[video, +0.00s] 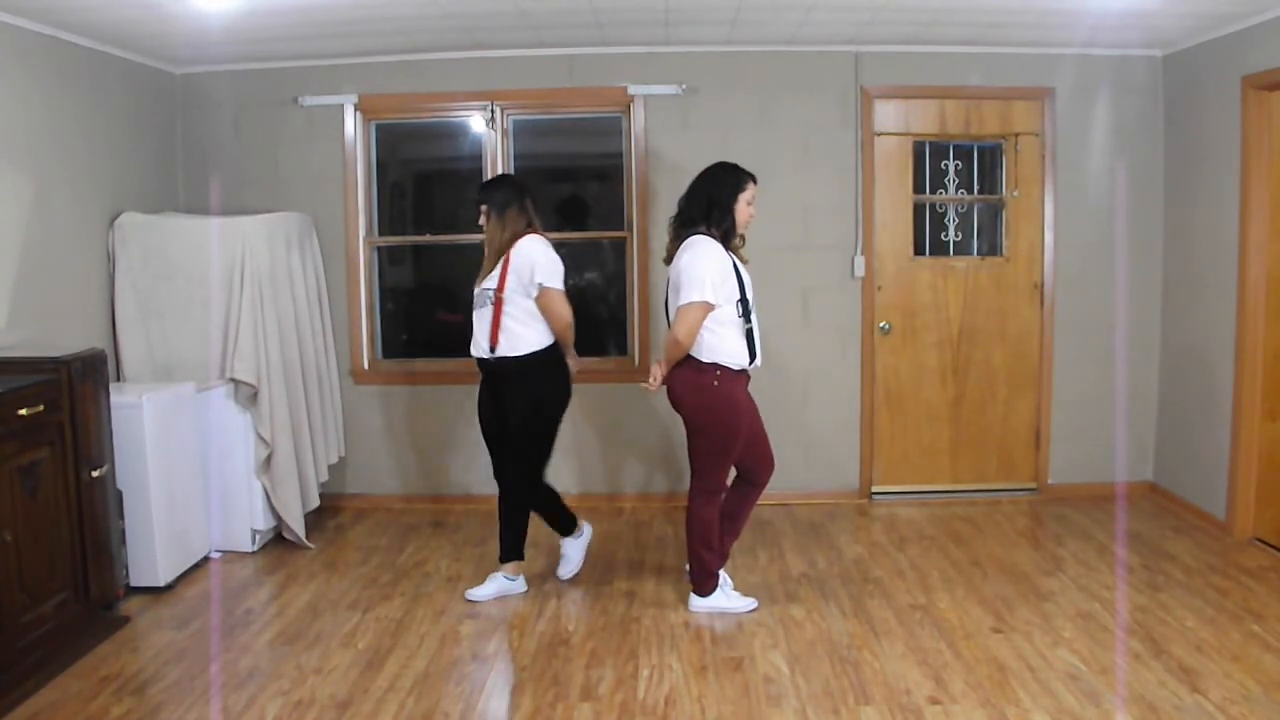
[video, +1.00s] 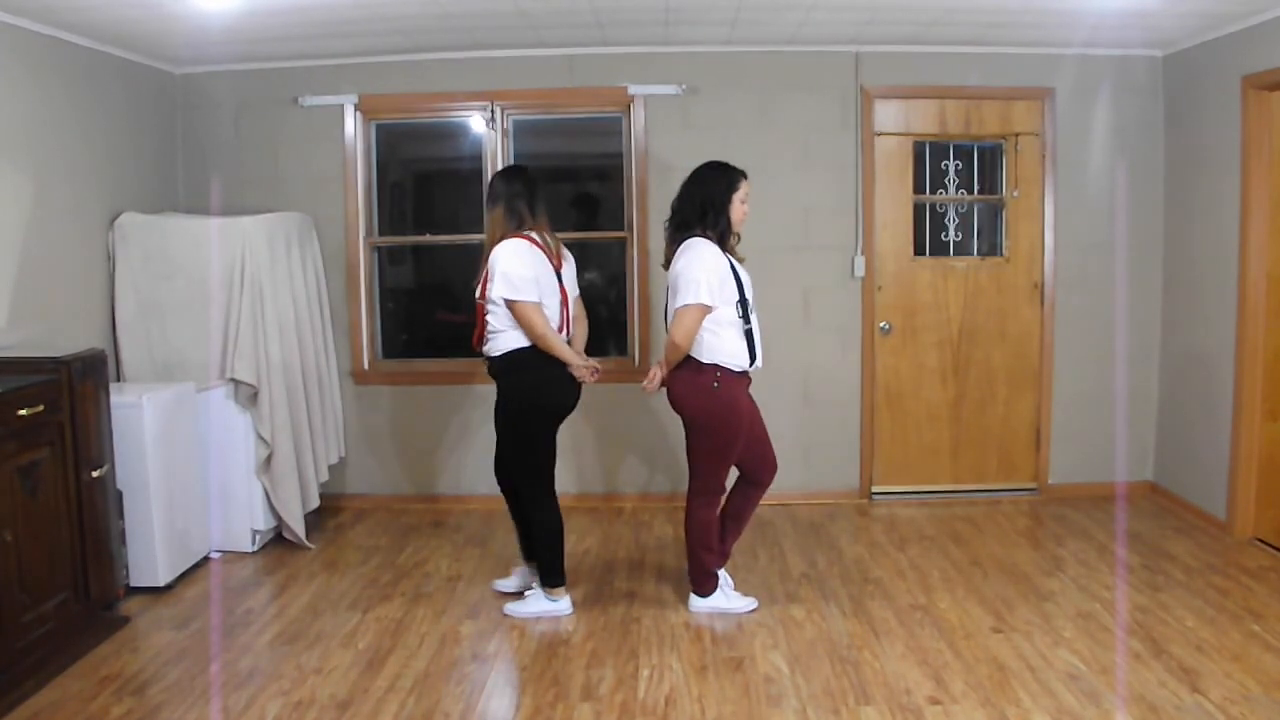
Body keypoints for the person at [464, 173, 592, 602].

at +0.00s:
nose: (481, 217)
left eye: (485, 209)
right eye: (481, 210)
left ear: (504, 210)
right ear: (512, 208)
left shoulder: (533, 248)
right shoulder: (497, 254)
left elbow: (560, 315)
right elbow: (508, 318)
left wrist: (568, 351)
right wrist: (560, 351)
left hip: (536, 373)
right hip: (498, 375)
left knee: (524, 476)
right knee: (508, 473)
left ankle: (575, 531)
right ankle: (512, 570)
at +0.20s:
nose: (475, 219)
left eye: (478, 210)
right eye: (476, 211)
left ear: (493, 210)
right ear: (512, 207)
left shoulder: (516, 249)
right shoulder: (502, 250)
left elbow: (535, 311)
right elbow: (526, 311)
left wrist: (561, 359)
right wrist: (560, 358)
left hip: (518, 370)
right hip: (509, 369)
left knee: (493, 481)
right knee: (510, 475)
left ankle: (556, 563)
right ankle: (513, 570)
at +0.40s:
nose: (476, 213)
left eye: (478, 205)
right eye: (478, 205)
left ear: (488, 206)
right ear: (521, 205)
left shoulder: (498, 249)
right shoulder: (542, 253)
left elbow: (516, 320)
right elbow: (559, 318)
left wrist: (553, 360)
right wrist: (557, 360)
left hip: (506, 372)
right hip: (535, 371)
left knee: (516, 488)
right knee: (517, 482)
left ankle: (550, 588)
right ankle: (512, 574)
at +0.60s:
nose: (477, 213)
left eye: (480, 205)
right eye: (479, 205)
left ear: (491, 207)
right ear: (524, 205)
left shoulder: (497, 252)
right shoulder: (552, 253)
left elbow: (519, 326)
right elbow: (570, 319)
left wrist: (561, 362)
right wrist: (563, 362)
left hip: (511, 374)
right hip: (546, 374)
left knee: (529, 482)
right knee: (519, 476)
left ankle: (553, 590)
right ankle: (510, 572)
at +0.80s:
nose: (485, 212)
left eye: (487, 205)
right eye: (486, 204)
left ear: (497, 207)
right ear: (530, 204)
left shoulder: (501, 254)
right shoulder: (556, 253)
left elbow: (527, 326)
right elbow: (574, 317)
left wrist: (570, 362)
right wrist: (572, 361)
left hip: (518, 374)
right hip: (551, 373)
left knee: (533, 484)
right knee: (518, 476)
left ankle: (553, 589)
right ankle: (510, 569)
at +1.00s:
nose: (489, 211)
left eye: (490, 202)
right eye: (491, 202)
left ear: (500, 205)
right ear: (535, 203)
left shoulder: (508, 253)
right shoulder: (560, 253)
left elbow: (535, 324)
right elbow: (578, 317)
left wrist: (574, 360)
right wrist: (578, 358)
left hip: (526, 375)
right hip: (552, 373)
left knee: (534, 481)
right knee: (510, 471)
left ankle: (554, 591)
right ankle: (534, 566)